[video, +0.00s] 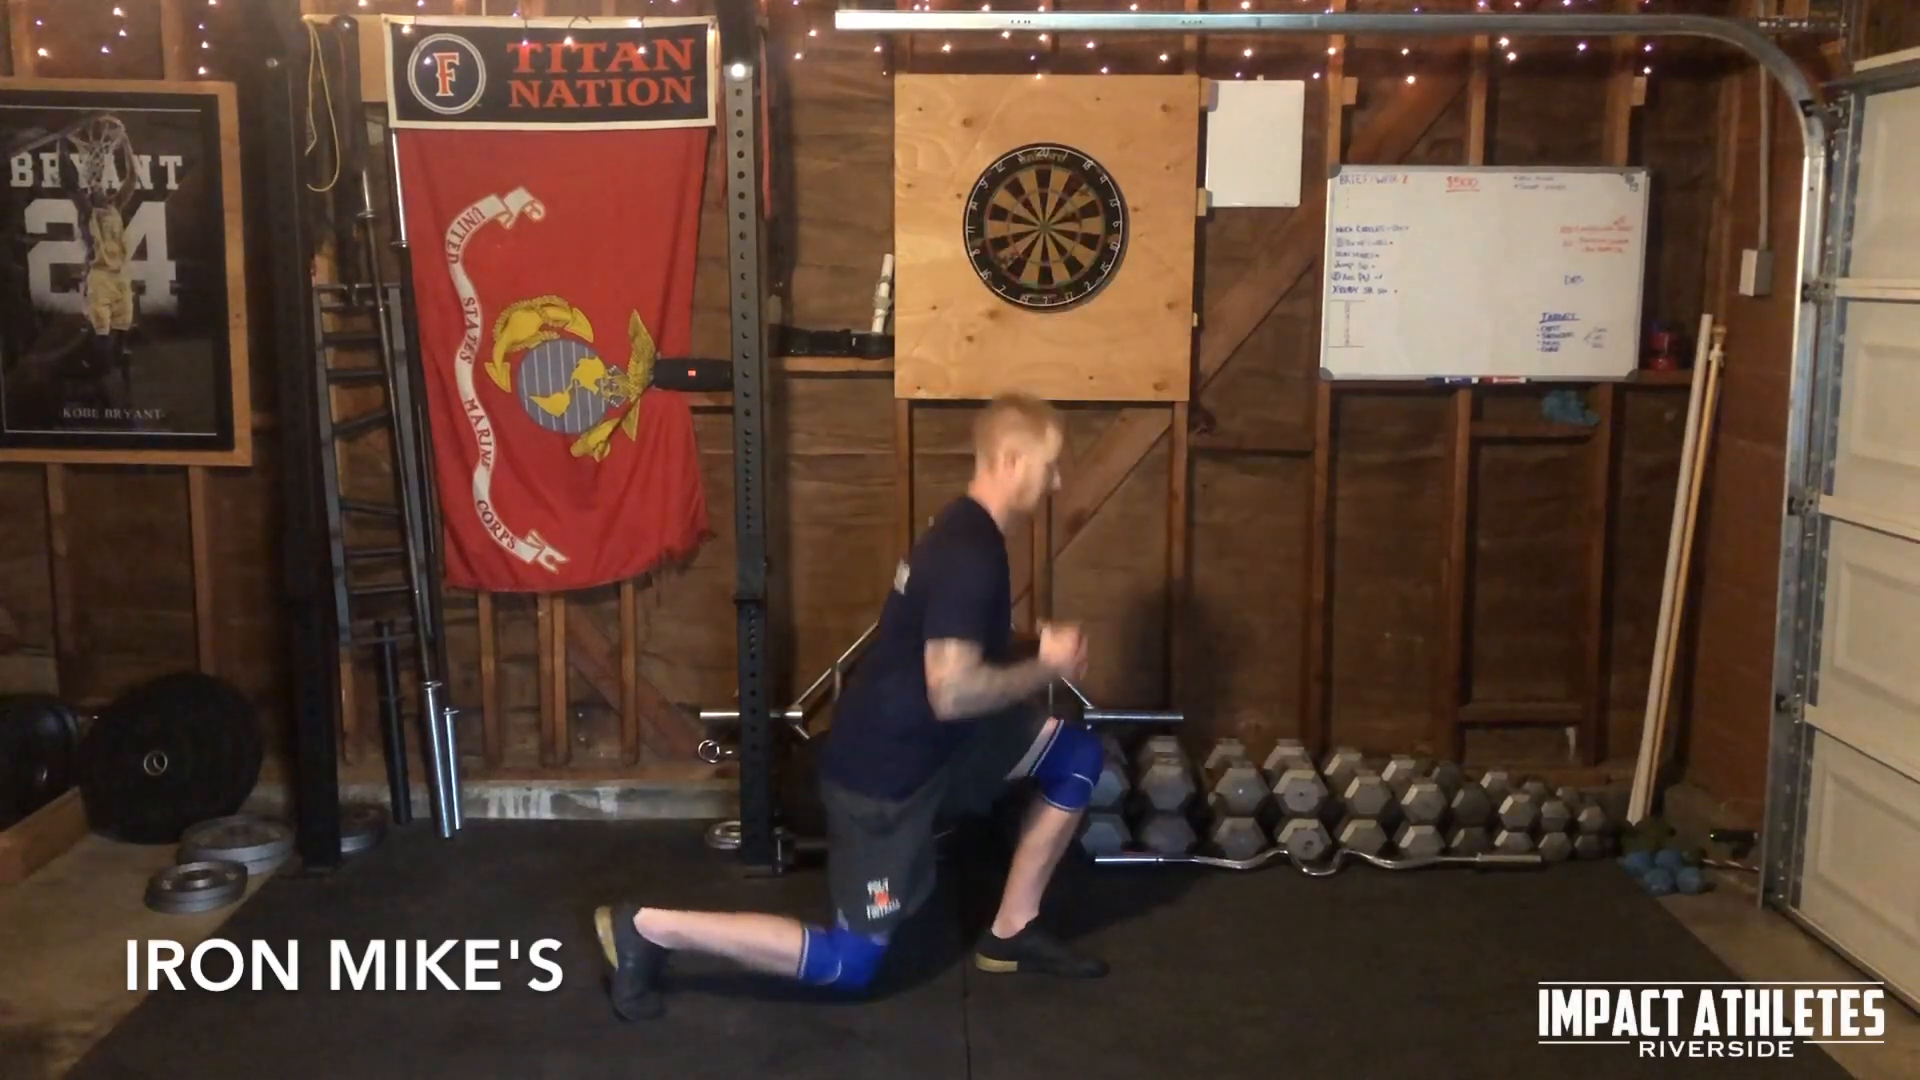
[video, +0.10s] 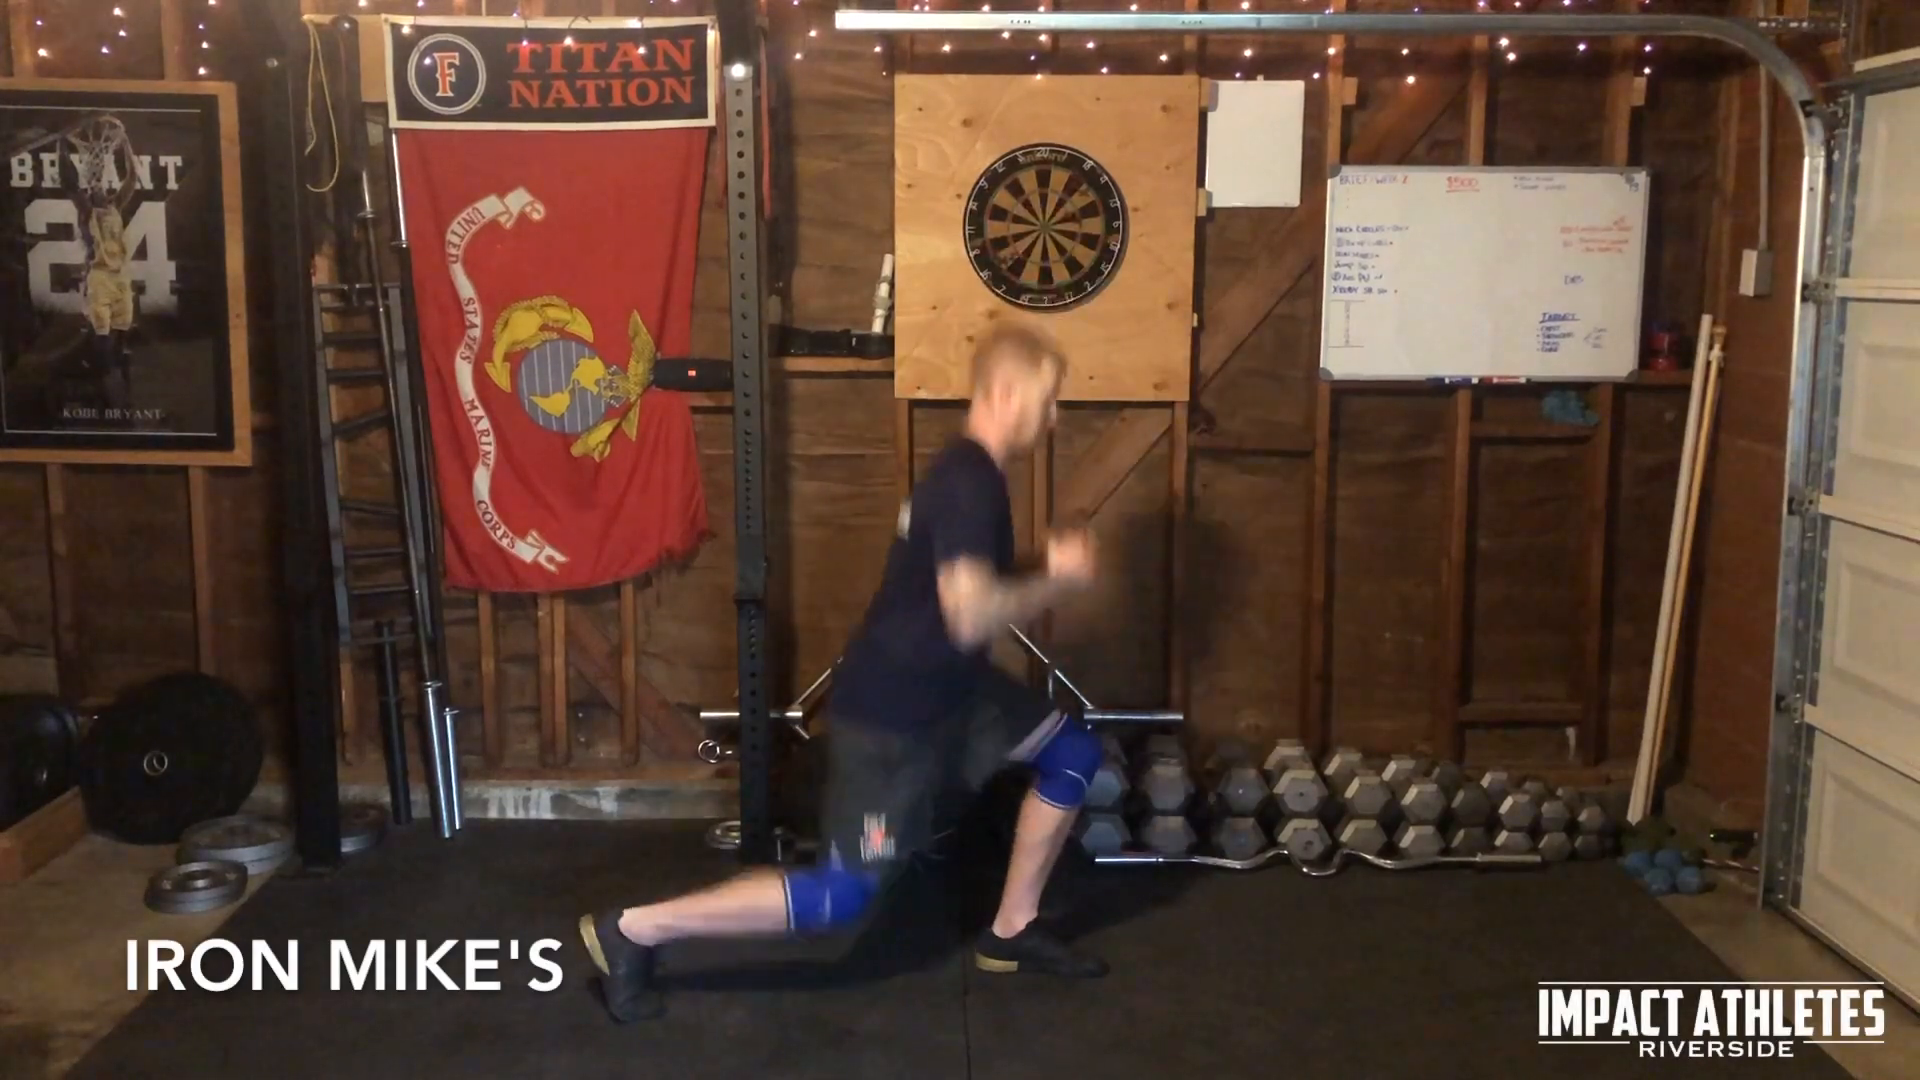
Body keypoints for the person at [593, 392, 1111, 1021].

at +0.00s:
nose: (1054, 480)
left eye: (1056, 466)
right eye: (1049, 464)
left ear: (1002, 458)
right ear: (1010, 460)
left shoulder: (979, 533)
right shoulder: (967, 545)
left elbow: (973, 648)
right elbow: (950, 692)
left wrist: (1037, 648)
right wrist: (1047, 666)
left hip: (939, 745)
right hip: (882, 771)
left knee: (1077, 756)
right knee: (851, 959)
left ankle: (1011, 932)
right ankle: (642, 928)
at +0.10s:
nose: (1052, 417)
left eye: (1054, 401)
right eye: (1048, 400)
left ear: (993, 394)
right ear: (1006, 395)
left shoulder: (981, 474)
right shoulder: (965, 477)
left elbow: (970, 599)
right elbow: (970, 617)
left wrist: (1038, 584)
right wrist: (1057, 579)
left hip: (950, 689)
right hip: (887, 704)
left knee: (1071, 755)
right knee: (839, 896)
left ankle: (1012, 930)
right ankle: (628, 930)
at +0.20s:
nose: (1061, 327)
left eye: (1064, 309)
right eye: (1057, 307)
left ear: (1012, 298)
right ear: (1016, 296)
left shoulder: (988, 382)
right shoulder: (969, 380)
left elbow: (979, 498)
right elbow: (969, 508)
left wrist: (1055, 484)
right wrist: (1060, 488)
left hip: (950, 613)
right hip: (894, 615)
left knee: (1020, 739)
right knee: (862, 803)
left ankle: (1008, 926)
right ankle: (674, 902)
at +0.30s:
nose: (1072, 265)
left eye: (1076, 249)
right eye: (1069, 246)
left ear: (1011, 234)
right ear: (1024, 233)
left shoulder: (990, 315)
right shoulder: (974, 310)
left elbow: (973, 412)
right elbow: (957, 433)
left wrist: (1033, 408)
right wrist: (1041, 433)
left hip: (928, 544)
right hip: (899, 545)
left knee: (966, 718)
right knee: (940, 735)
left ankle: (889, 891)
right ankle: (776, 871)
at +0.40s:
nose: (1073, 255)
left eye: (1079, 240)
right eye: (1071, 234)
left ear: (1016, 223)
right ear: (1025, 219)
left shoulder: (994, 300)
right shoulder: (974, 292)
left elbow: (963, 413)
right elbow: (939, 411)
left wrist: (1033, 413)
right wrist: (1035, 416)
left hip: (901, 532)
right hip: (907, 537)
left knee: (914, 712)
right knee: (986, 712)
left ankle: (756, 832)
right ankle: (912, 911)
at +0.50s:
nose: (1072, 288)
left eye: (1078, 271)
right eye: (1070, 268)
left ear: (1018, 255)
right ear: (1025, 253)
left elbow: (962, 439)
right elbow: (927, 440)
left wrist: (1031, 442)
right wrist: (1027, 445)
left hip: (903, 564)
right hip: (910, 568)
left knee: (852, 741)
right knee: (1020, 737)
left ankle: (679, 839)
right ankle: (1029, 959)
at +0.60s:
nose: (1074, 363)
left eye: (1077, 347)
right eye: (1071, 345)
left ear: (1017, 335)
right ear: (1033, 338)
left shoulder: (1001, 416)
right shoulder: (980, 411)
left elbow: (967, 513)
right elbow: (932, 519)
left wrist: (1031, 509)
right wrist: (1032, 520)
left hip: (885, 636)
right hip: (911, 642)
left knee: (850, 806)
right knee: (1069, 772)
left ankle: (653, 889)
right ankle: (1046, 976)